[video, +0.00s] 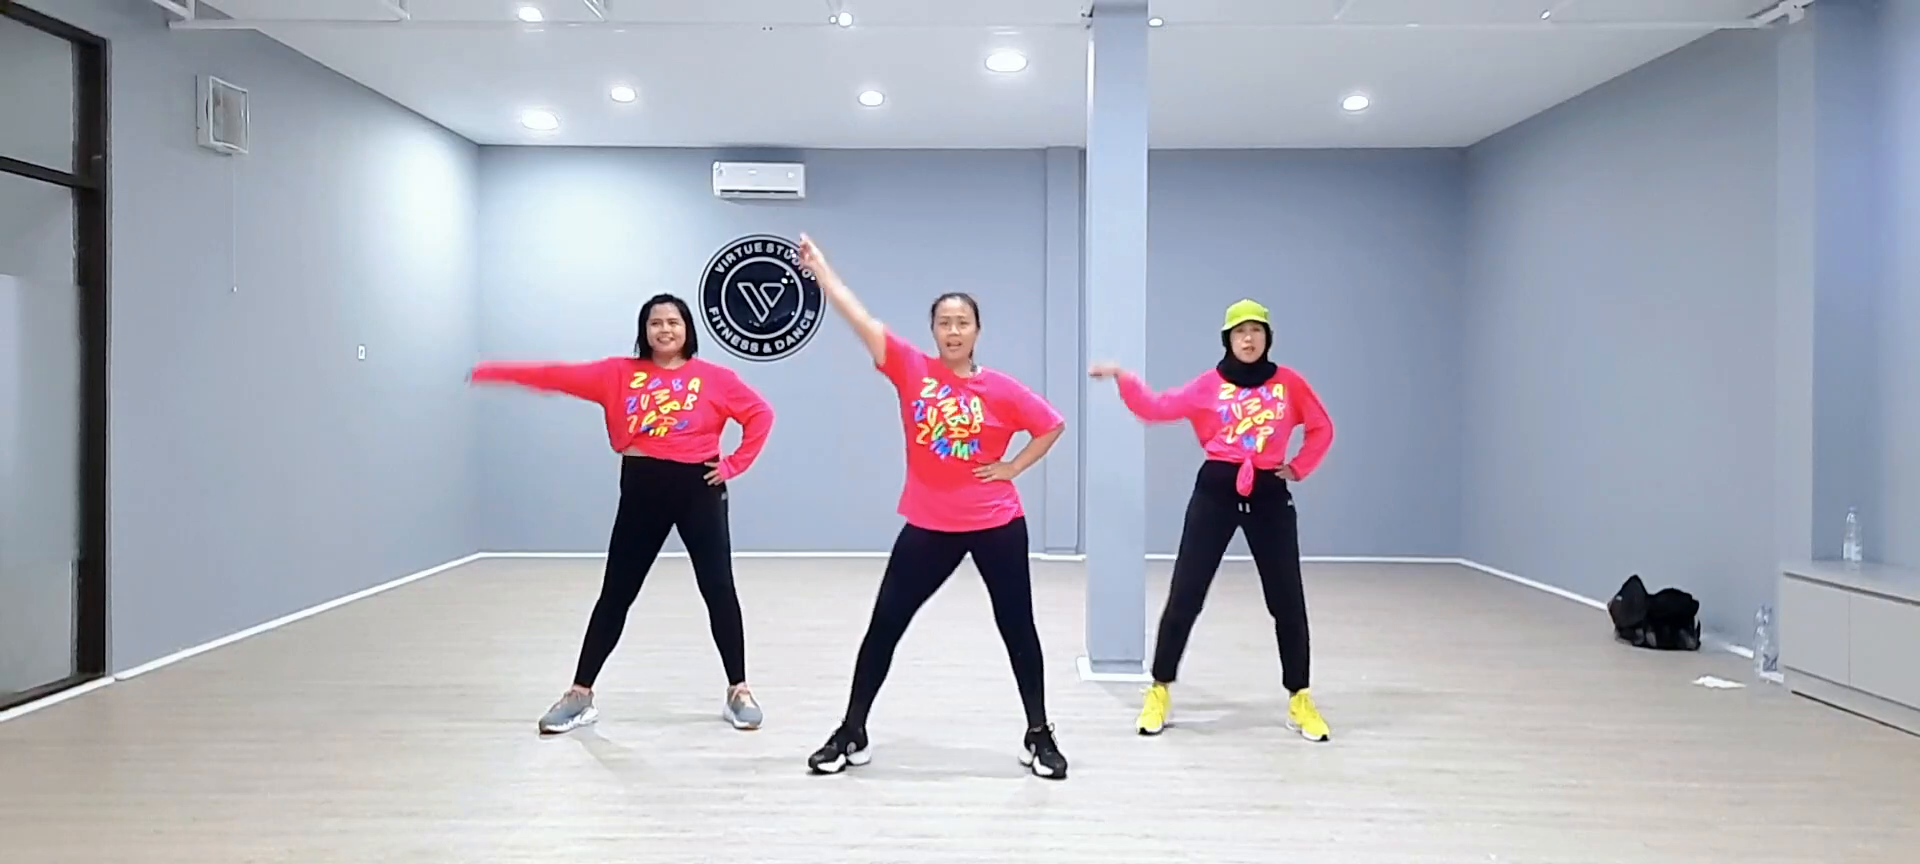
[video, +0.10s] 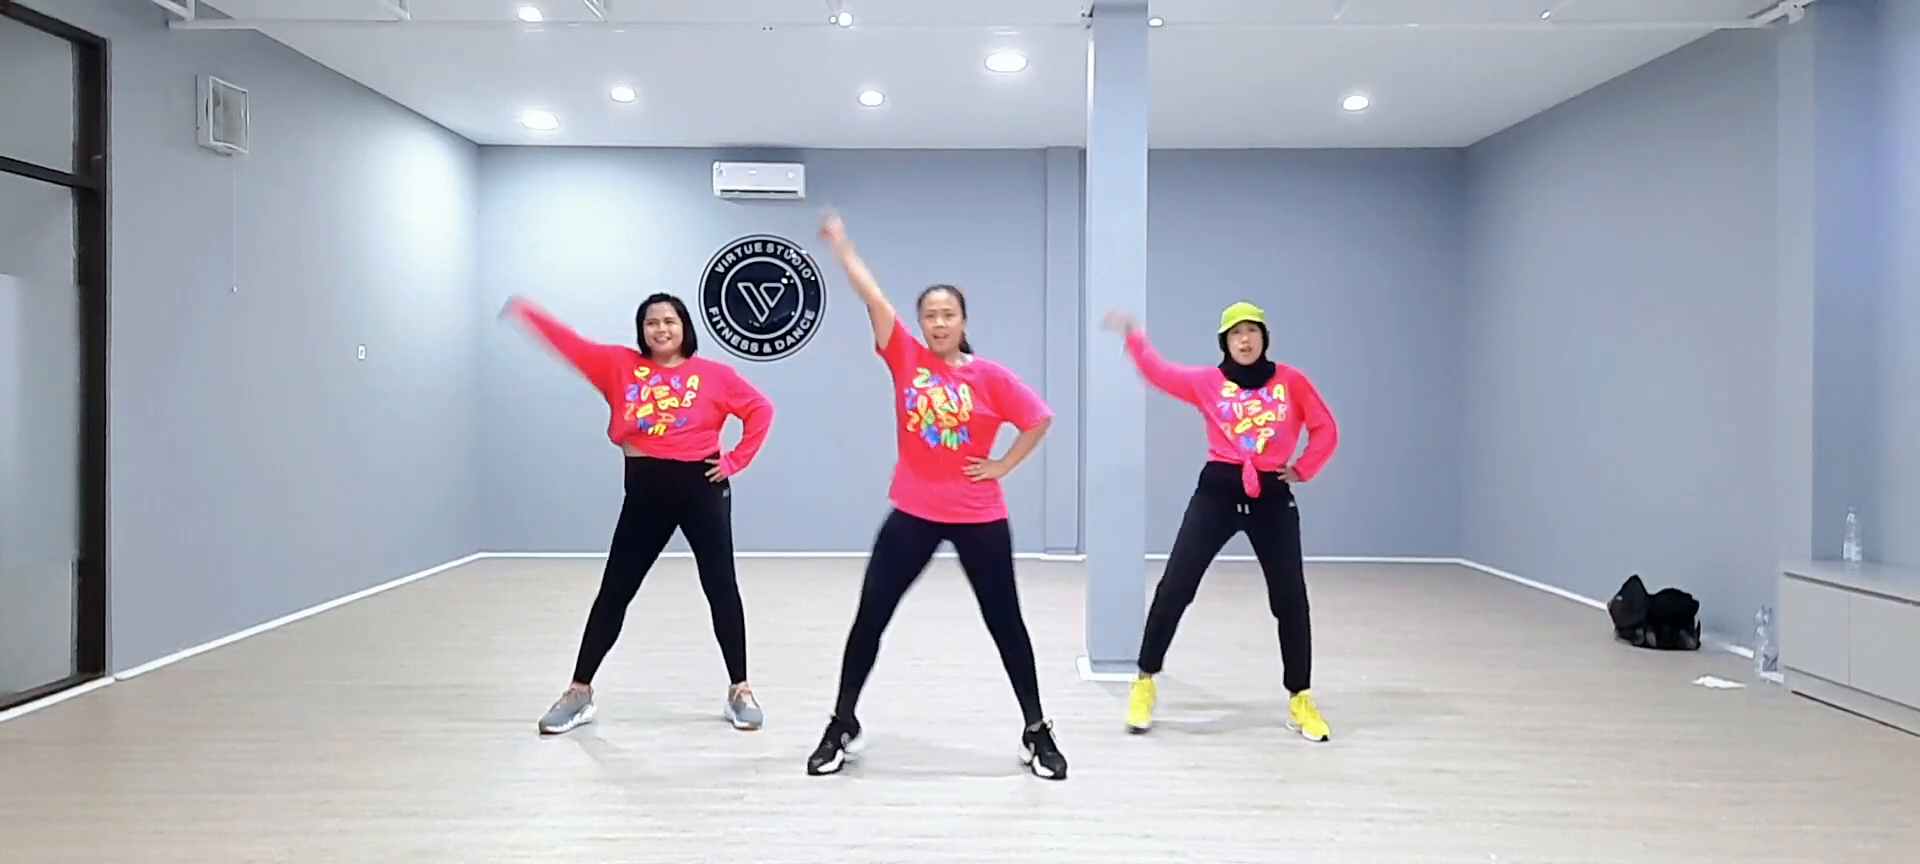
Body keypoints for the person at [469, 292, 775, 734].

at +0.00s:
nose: (665, 328)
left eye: (673, 321)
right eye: (656, 322)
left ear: (688, 330)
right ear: (644, 331)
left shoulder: (712, 377)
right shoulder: (618, 372)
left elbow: (762, 415)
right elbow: (553, 375)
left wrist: (735, 464)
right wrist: (486, 371)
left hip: (699, 488)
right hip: (642, 486)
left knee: (718, 586)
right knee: (616, 592)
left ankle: (739, 690)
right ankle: (580, 693)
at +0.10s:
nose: (661, 327)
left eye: (669, 321)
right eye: (653, 322)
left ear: (685, 328)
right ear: (641, 331)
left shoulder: (710, 373)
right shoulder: (620, 365)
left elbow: (762, 409)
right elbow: (570, 343)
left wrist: (736, 460)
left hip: (703, 488)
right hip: (646, 489)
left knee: (720, 585)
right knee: (615, 590)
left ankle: (741, 690)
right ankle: (579, 691)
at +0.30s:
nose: (639, 327)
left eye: (647, 319)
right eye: (630, 321)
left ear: (664, 323)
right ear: (621, 331)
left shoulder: (698, 366)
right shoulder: (610, 359)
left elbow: (738, 415)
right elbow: (576, 314)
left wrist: (713, 466)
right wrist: (590, 260)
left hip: (674, 483)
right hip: (616, 478)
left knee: (706, 584)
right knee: (594, 583)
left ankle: (739, 686)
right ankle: (574, 688)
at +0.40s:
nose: (632, 336)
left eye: (640, 328)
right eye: (624, 330)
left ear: (656, 331)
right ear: (614, 337)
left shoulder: (692, 373)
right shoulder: (606, 367)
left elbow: (724, 427)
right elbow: (581, 321)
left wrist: (700, 476)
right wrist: (629, 284)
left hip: (658, 492)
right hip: (602, 483)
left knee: (700, 587)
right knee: (583, 590)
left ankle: (737, 686)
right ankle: (573, 692)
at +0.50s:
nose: (638, 329)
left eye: (646, 322)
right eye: (629, 324)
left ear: (662, 329)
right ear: (619, 332)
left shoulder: (691, 372)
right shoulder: (604, 364)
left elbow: (728, 425)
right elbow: (570, 321)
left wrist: (703, 474)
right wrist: (600, 273)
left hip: (663, 489)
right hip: (606, 482)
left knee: (702, 585)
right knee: (589, 588)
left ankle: (739, 684)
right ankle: (573, 691)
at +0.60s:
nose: (649, 320)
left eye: (658, 313)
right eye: (640, 314)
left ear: (673, 320)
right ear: (629, 323)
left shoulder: (698, 364)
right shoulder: (609, 358)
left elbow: (744, 407)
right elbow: (559, 324)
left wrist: (722, 458)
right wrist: (550, 260)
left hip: (684, 480)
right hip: (627, 477)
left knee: (715, 578)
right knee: (598, 581)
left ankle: (746, 681)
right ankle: (571, 685)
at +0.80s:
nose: (665, 338)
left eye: (675, 331)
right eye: (657, 332)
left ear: (690, 338)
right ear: (647, 340)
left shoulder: (718, 383)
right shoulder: (626, 374)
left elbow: (768, 415)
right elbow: (571, 346)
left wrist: (745, 463)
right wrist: (514, 320)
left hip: (714, 497)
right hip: (660, 501)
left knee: (727, 588)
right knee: (610, 577)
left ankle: (746, 691)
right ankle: (588, 696)